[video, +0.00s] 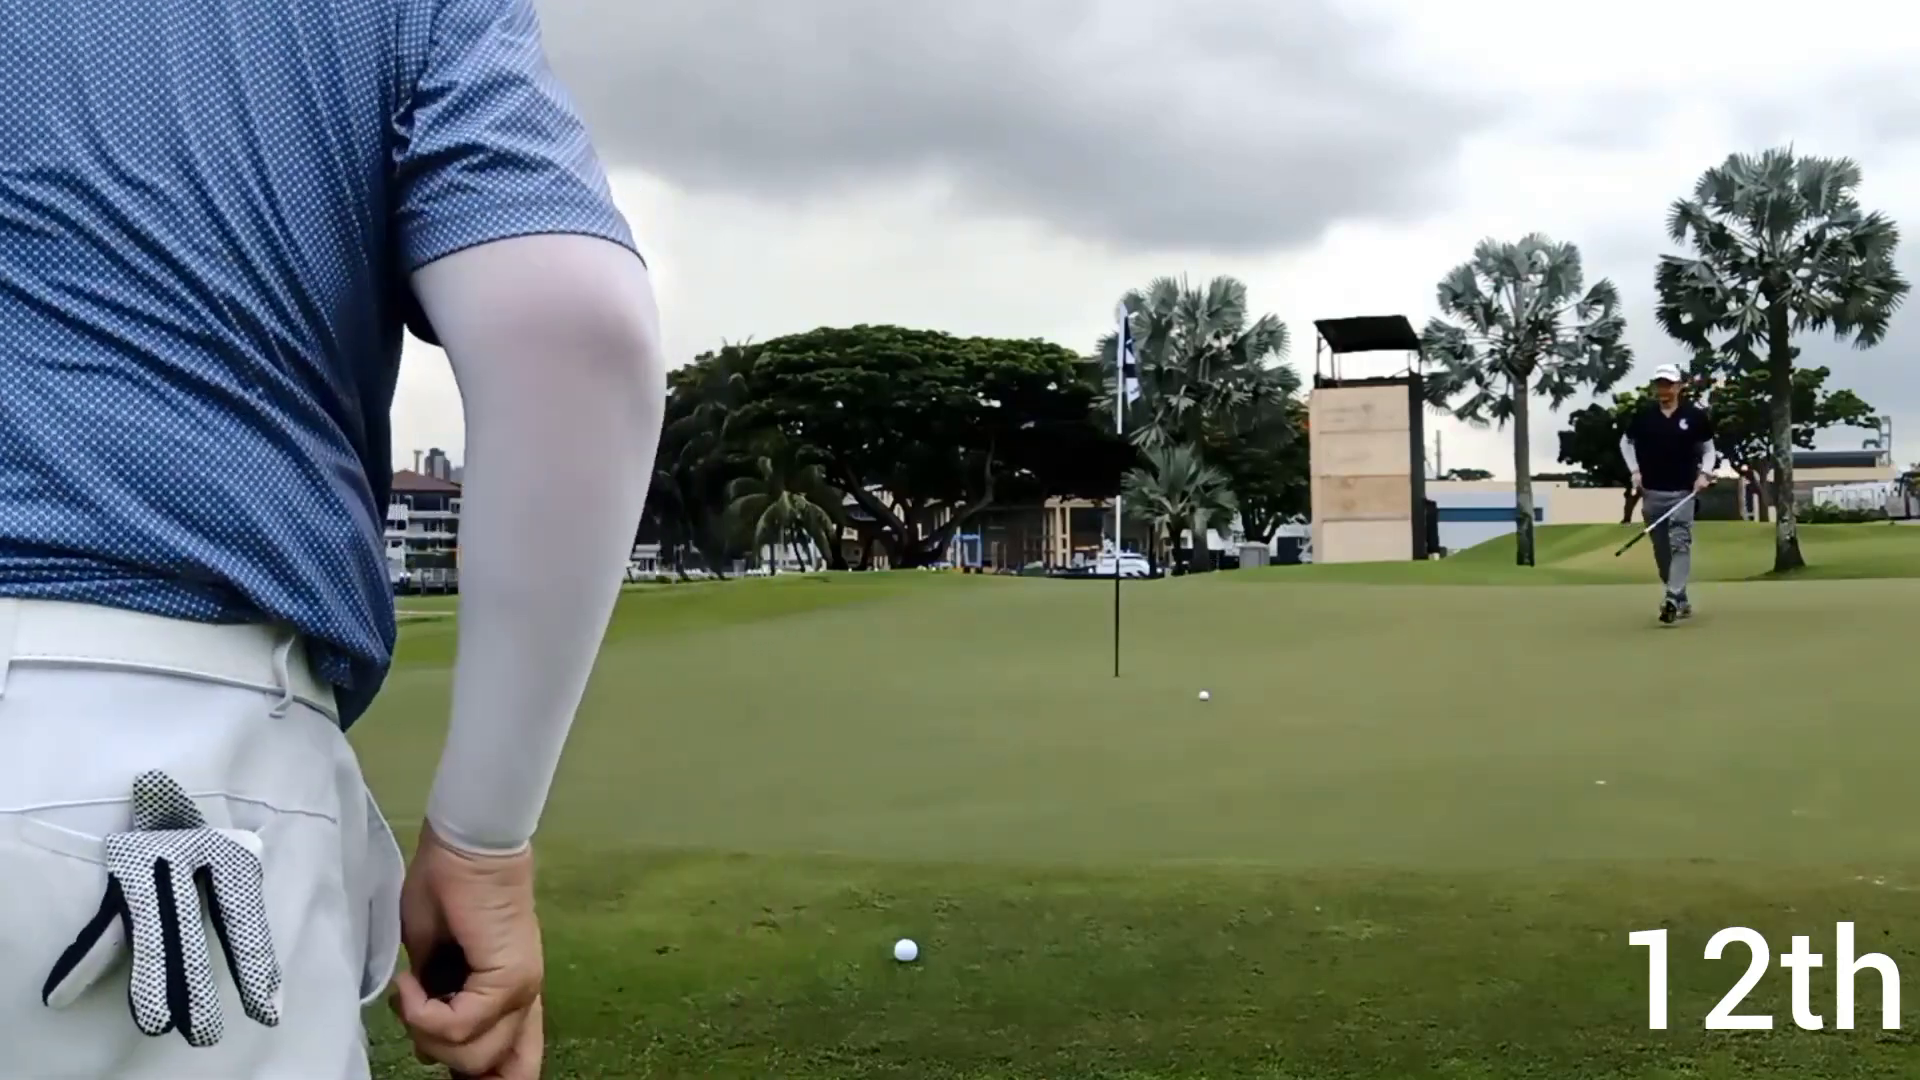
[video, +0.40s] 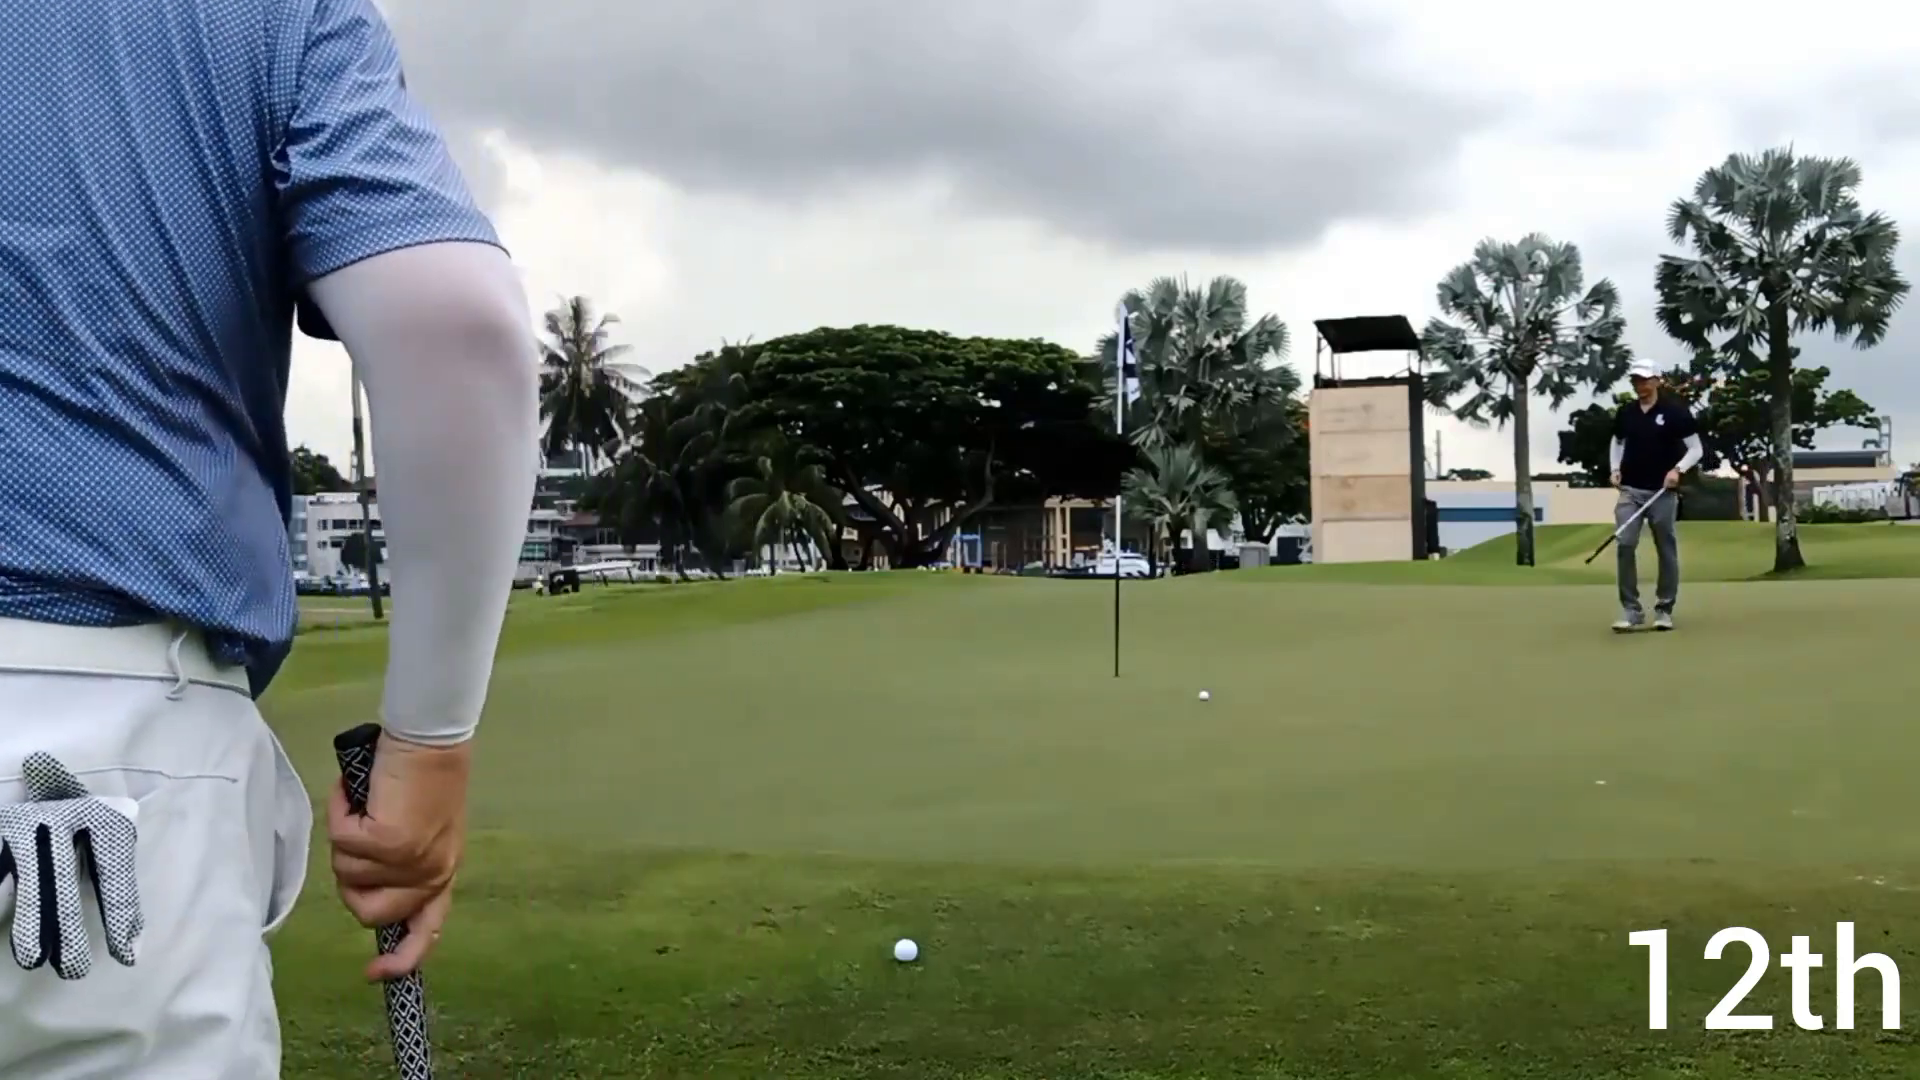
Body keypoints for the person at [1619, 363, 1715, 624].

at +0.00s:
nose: (1664, 389)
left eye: (1669, 384)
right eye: (1660, 384)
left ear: (1679, 386)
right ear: (1655, 386)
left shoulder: (1695, 416)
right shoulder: (1644, 416)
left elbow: (1709, 450)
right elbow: (1626, 443)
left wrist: (1704, 474)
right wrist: (1635, 471)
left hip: (1682, 492)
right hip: (1652, 493)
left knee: (1679, 543)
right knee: (1661, 548)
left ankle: (1672, 598)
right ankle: (1678, 597)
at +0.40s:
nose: (1640, 385)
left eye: (1645, 380)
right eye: (1636, 380)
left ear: (1657, 381)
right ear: (1632, 383)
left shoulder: (1675, 412)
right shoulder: (1626, 413)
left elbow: (1696, 448)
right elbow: (1617, 443)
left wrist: (1678, 469)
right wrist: (1615, 468)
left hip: (1662, 492)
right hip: (1630, 491)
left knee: (1666, 550)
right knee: (1624, 546)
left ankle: (1664, 609)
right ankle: (1631, 610)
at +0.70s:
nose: (1616, 391)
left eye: (1620, 386)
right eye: (1612, 387)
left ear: (1633, 387)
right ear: (1608, 390)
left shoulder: (1653, 417)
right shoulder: (1603, 423)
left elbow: (1673, 457)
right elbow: (1589, 457)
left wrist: (1652, 470)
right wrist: (1585, 479)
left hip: (1642, 504)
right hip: (1608, 503)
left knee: (1650, 559)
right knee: (1608, 563)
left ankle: (1658, 603)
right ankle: (1618, 621)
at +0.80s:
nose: (1609, 387)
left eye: (1613, 381)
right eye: (1605, 382)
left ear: (1627, 382)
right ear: (1601, 386)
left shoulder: (1648, 413)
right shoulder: (1595, 418)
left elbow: (1669, 452)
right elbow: (1579, 452)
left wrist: (1647, 466)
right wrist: (1583, 470)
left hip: (1635, 498)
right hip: (1602, 498)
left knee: (1635, 554)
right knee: (1606, 563)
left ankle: (1647, 603)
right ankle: (1618, 620)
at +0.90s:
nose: (1606, 385)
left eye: (1611, 379)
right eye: (1601, 380)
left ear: (1623, 380)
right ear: (1596, 383)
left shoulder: (1644, 412)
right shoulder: (1587, 418)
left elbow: (1666, 450)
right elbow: (1567, 453)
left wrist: (1644, 462)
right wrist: (1587, 465)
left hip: (1631, 494)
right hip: (1599, 496)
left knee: (1627, 548)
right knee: (1605, 561)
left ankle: (1634, 615)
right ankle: (1616, 619)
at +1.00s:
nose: (1603, 388)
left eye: (1608, 382)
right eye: (1598, 383)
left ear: (1620, 383)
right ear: (1593, 385)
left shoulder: (1640, 414)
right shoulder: (1582, 418)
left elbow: (1662, 454)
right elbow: (1563, 455)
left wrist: (1640, 463)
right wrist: (1589, 468)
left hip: (1628, 499)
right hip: (1595, 500)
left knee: (1623, 554)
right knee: (1603, 562)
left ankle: (1620, 616)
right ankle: (1617, 617)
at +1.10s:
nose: (1601, 392)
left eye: (1606, 386)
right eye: (1596, 387)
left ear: (1617, 388)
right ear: (1590, 390)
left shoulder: (1635, 421)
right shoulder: (1581, 422)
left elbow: (1659, 462)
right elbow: (1559, 461)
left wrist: (1637, 469)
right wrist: (1585, 475)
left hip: (1622, 503)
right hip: (1590, 504)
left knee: (1616, 560)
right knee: (1597, 567)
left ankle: (1610, 624)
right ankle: (1618, 618)